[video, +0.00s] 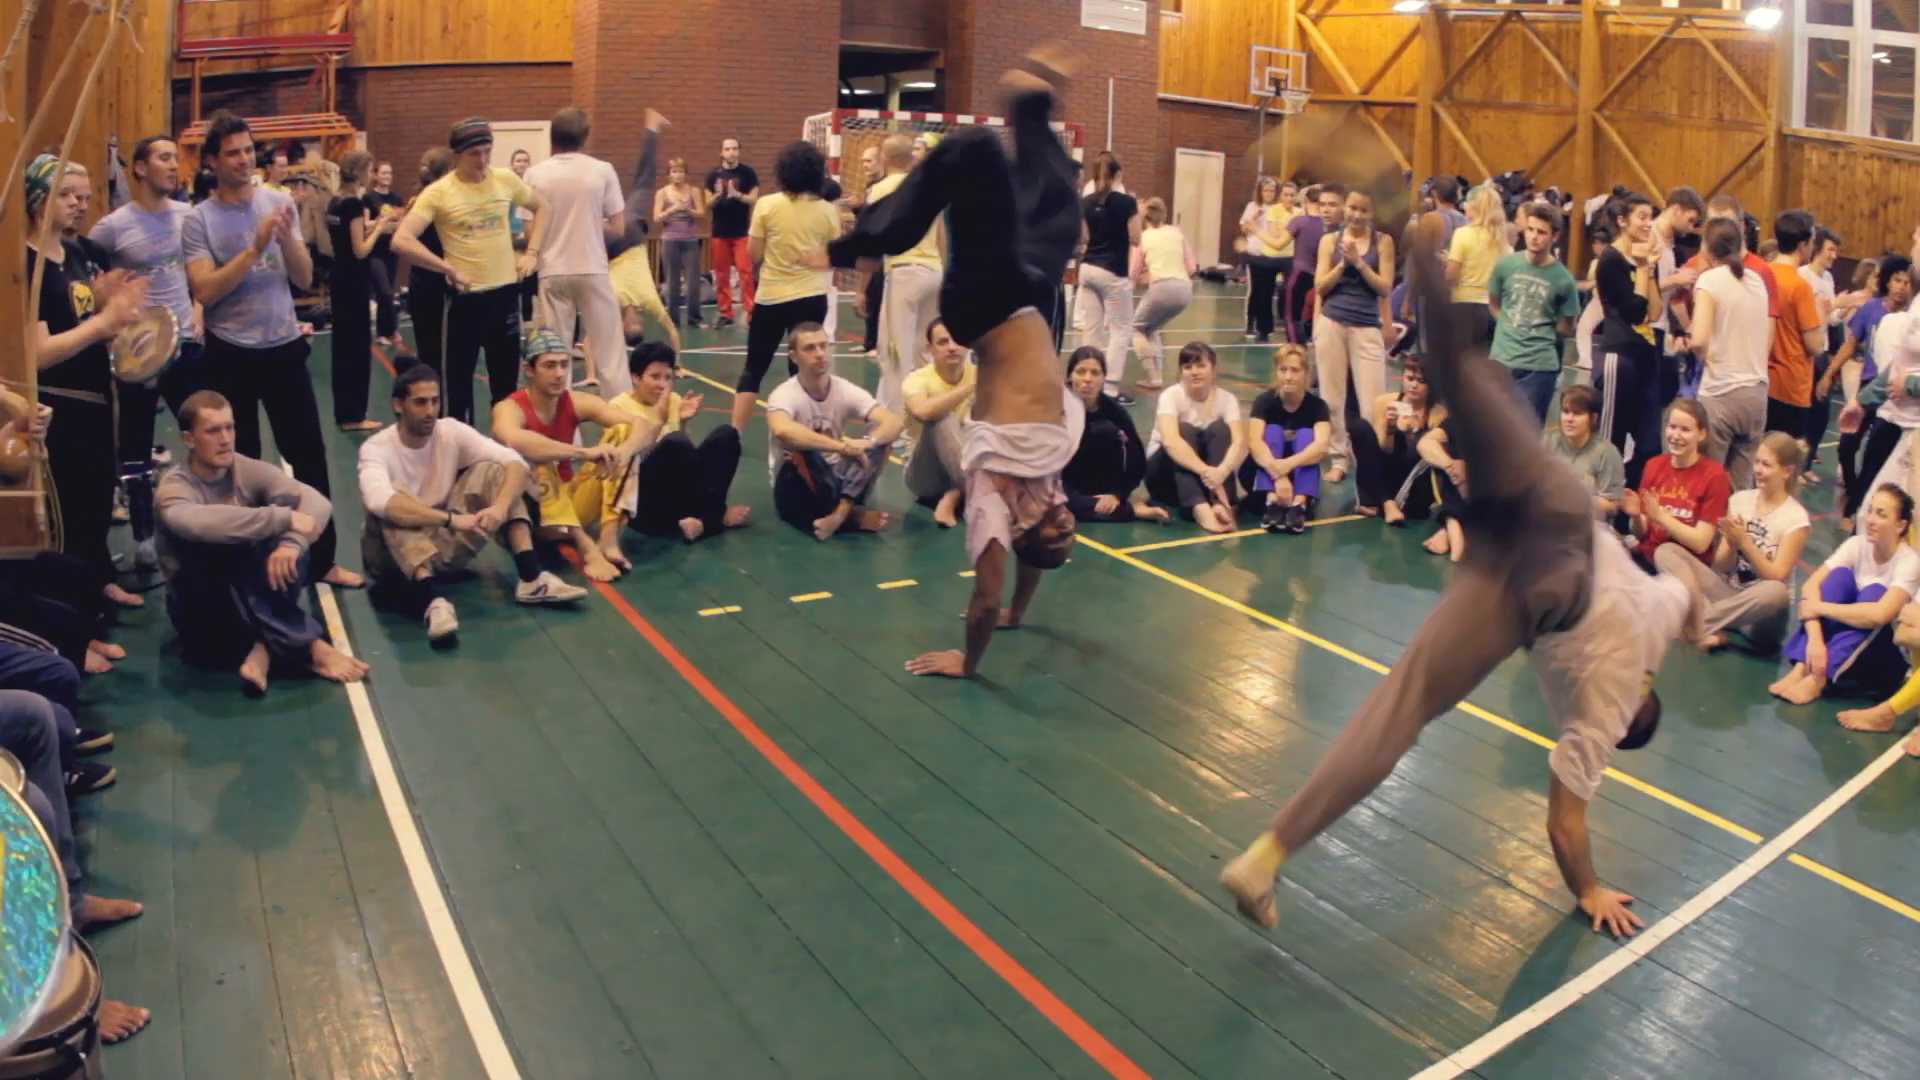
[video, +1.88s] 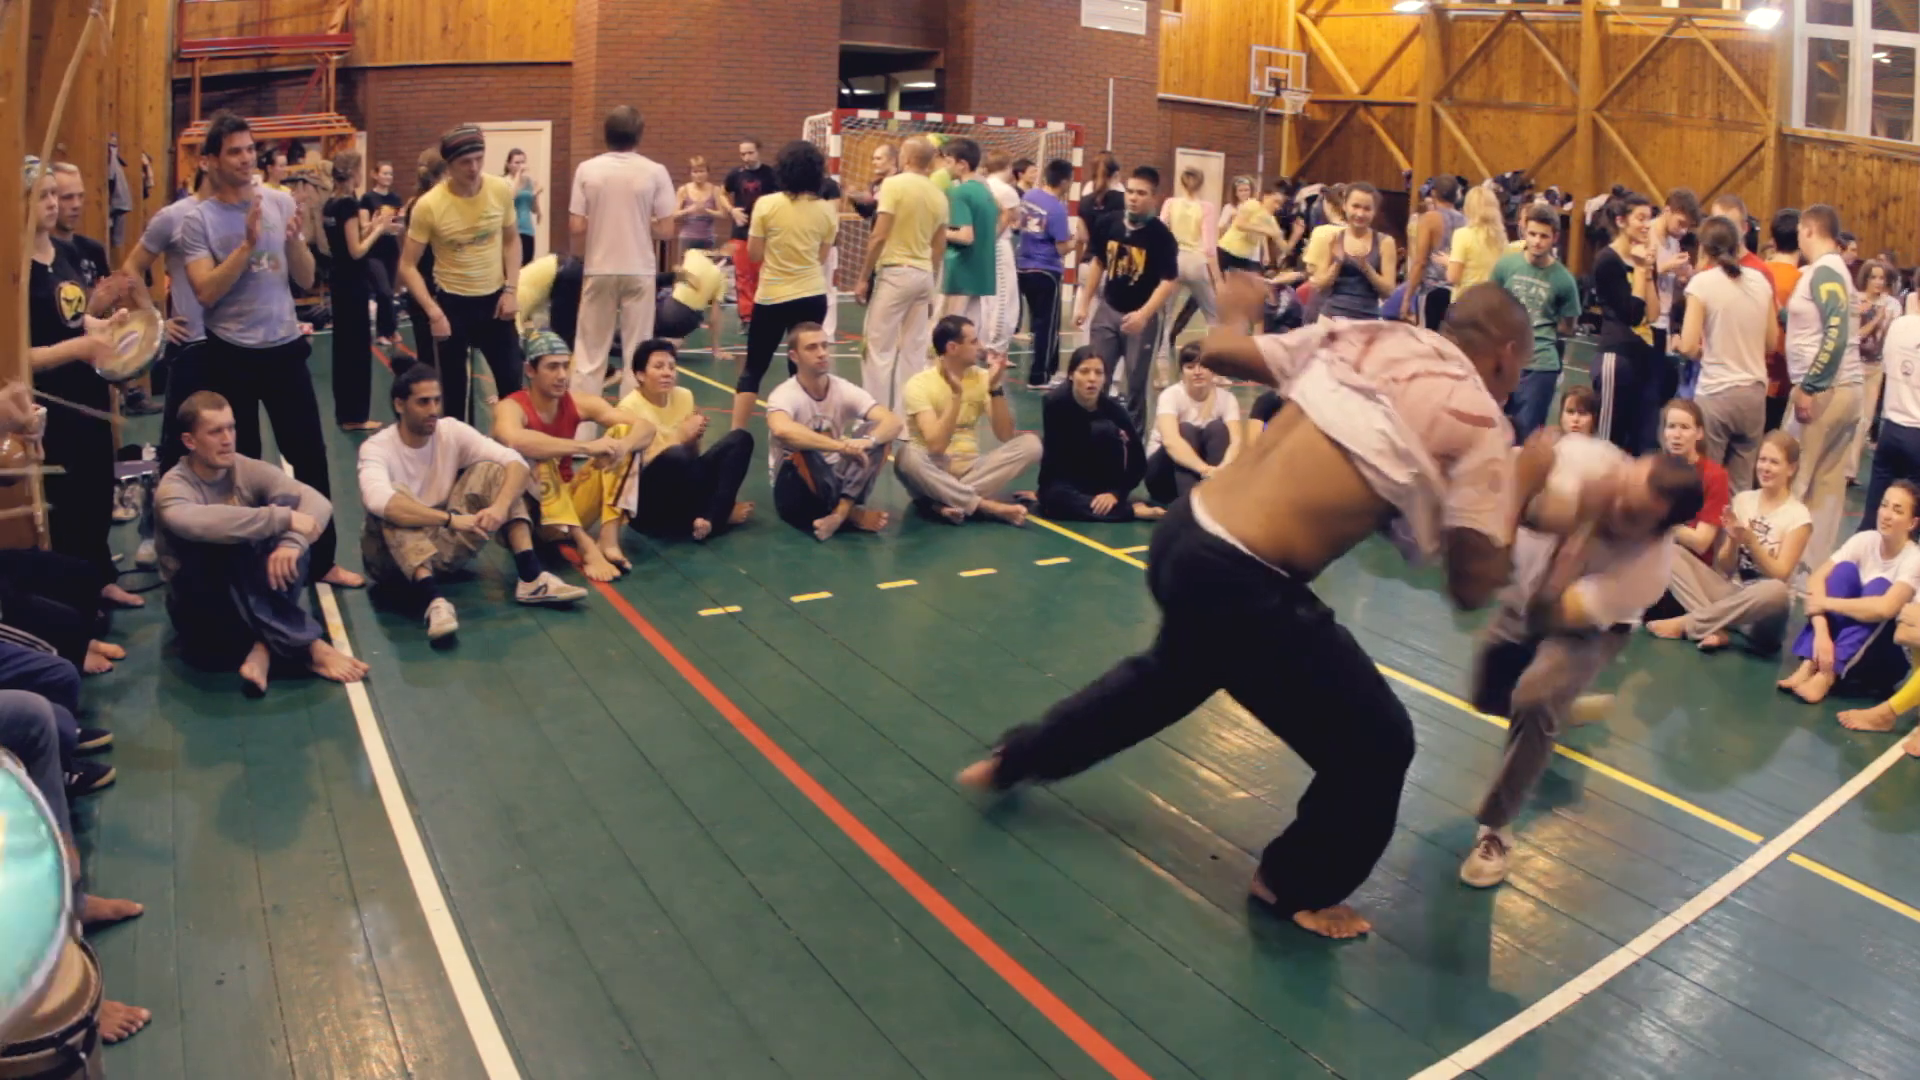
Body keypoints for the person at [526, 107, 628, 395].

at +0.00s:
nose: (588, 137)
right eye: (587, 133)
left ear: (552, 136)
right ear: (585, 137)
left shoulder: (535, 174)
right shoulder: (602, 170)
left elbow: (529, 231)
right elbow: (617, 228)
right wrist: (588, 228)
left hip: (552, 271)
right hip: (592, 269)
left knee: (555, 353)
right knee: (609, 349)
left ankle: (555, 420)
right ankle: (621, 420)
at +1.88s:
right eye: (637, 132)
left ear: (606, 134)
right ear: (639, 136)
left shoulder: (587, 170)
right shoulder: (655, 172)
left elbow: (577, 226)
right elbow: (666, 230)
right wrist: (638, 220)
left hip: (599, 270)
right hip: (639, 271)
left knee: (590, 349)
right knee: (638, 349)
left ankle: (582, 422)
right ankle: (632, 422)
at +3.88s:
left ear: (611, 135)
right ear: (644, 136)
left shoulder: (594, 170)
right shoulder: (661, 172)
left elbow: (582, 224)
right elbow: (670, 229)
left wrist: (609, 217)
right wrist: (643, 221)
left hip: (602, 270)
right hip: (643, 270)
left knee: (592, 354)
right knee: (643, 355)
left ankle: (584, 437)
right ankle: (639, 435)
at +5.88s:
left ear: (607, 143)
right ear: (639, 142)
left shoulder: (591, 176)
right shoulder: (659, 174)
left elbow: (581, 229)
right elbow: (675, 228)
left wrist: (609, 228)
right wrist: (645, 228)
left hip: (608, 268)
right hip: (647, 268)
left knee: (596, 351)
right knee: (666, 344)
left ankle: (585, 425)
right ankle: (674, 416)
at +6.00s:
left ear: (624, 142)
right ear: (656, 142)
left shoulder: (609, 172)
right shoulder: (675, 173)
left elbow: (589, 220)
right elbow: (689, 227)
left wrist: (614, 239)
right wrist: (662, 238)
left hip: (624, 266)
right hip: (664, 265)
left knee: (605, 347)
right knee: (679, 342)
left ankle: (590, 425)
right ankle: (689, 415)